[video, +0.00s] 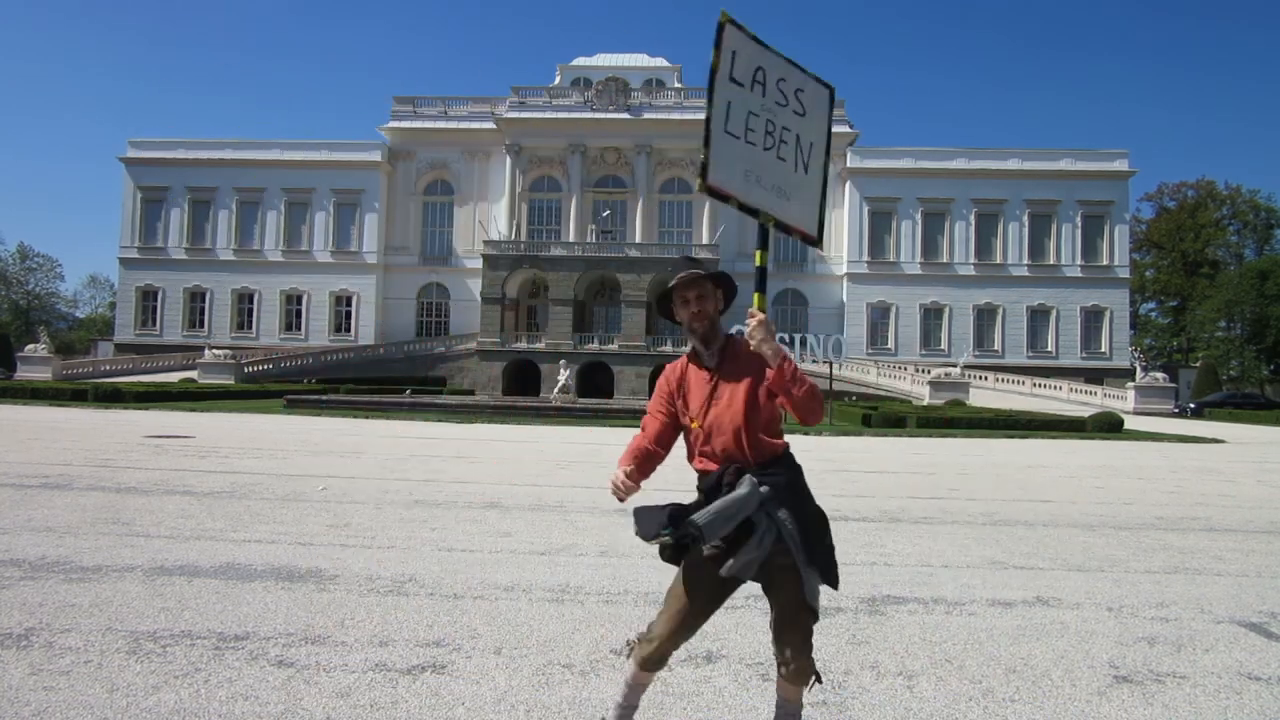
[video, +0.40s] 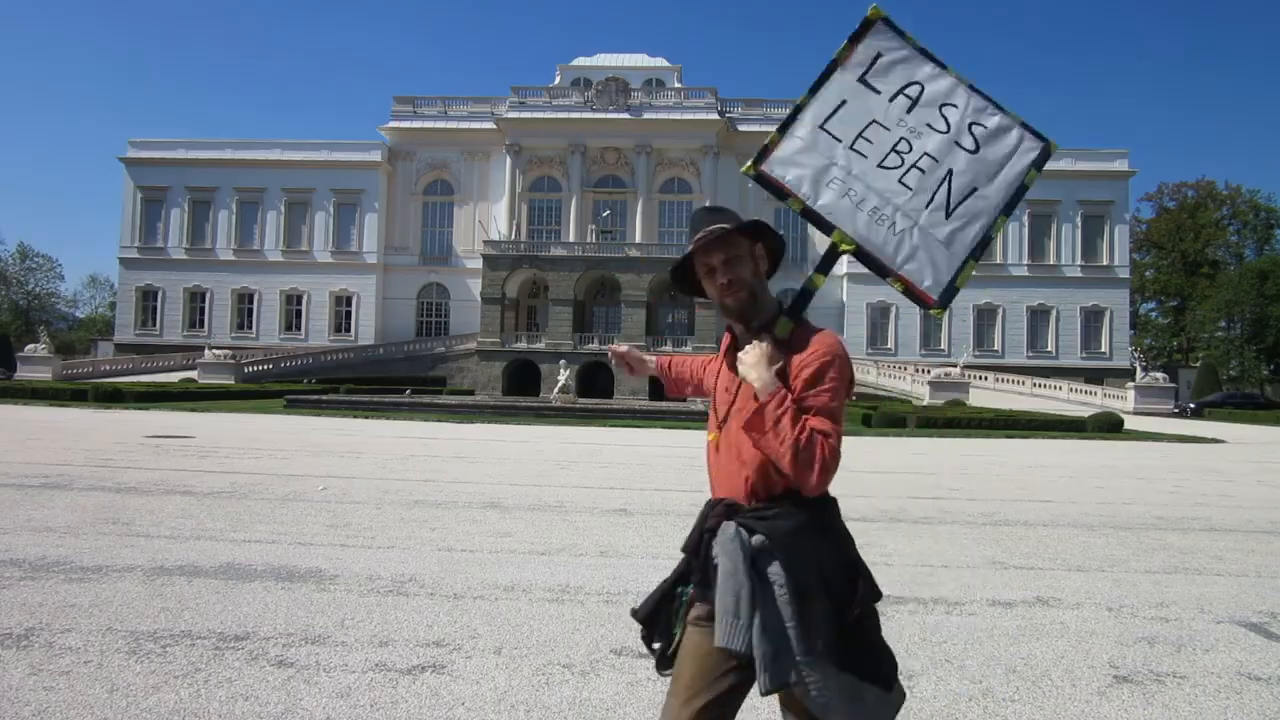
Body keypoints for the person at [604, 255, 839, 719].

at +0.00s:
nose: (695, 308)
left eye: (702, 297)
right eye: (685, 301)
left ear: (721, 300)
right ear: (675, 313)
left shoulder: (759, 356)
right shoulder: (677, 376)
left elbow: (812, 413)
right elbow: (653, 436)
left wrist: (773, 352)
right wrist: (629, 471)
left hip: (778, 501)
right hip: (718, 505)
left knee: (796, 643)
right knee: (665, 633)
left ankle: (787, 716)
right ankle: (622, 711)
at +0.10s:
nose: (780, 293)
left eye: (787, 281)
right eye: (768, 289)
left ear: (806, 280)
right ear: (760, 301)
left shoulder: (854, 341)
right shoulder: (764, 361)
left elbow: (903, 412)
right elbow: (734, 427)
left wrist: (877, 345)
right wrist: (688, 471)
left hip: (868, 496)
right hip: (807, 501)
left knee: (845, 637)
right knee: (859, 655)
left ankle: (799, 712)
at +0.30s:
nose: (819, 295)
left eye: (828, 281)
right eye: (806, 287)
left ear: (850, 283)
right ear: (791, 299)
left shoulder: (903, 366)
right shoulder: (781, 353)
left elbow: (927, 472)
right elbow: (708, 324)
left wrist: (884, 399)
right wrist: (645, 279)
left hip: (886, 540)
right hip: (817, 542)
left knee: (847, 706)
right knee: (821, 698)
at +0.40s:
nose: (723, 278)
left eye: (732, 260)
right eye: (709, 272)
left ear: (763, 259)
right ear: (702, 287)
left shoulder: (820, 352)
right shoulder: (728, 355)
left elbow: (814, 469)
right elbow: (703, 373)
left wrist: (768, 386)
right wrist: (651, 367)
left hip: (795, 552)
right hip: (726, 552)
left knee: (811, 706)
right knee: (684, 709)